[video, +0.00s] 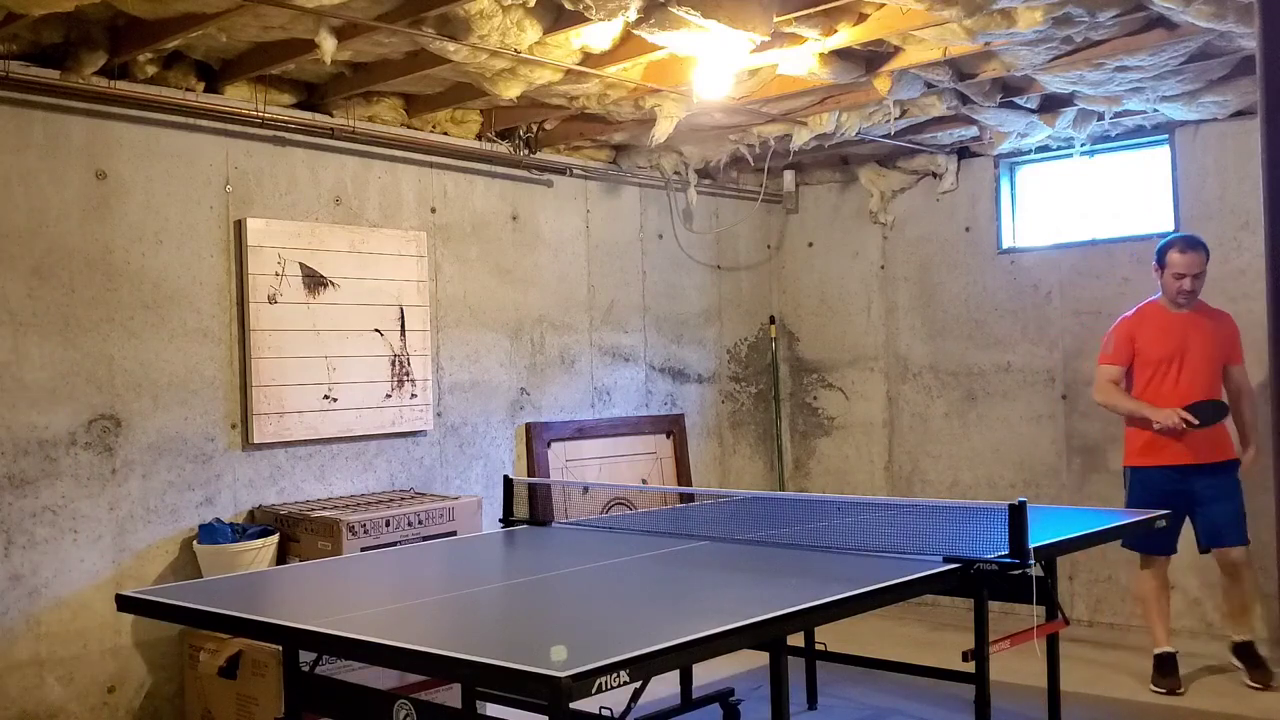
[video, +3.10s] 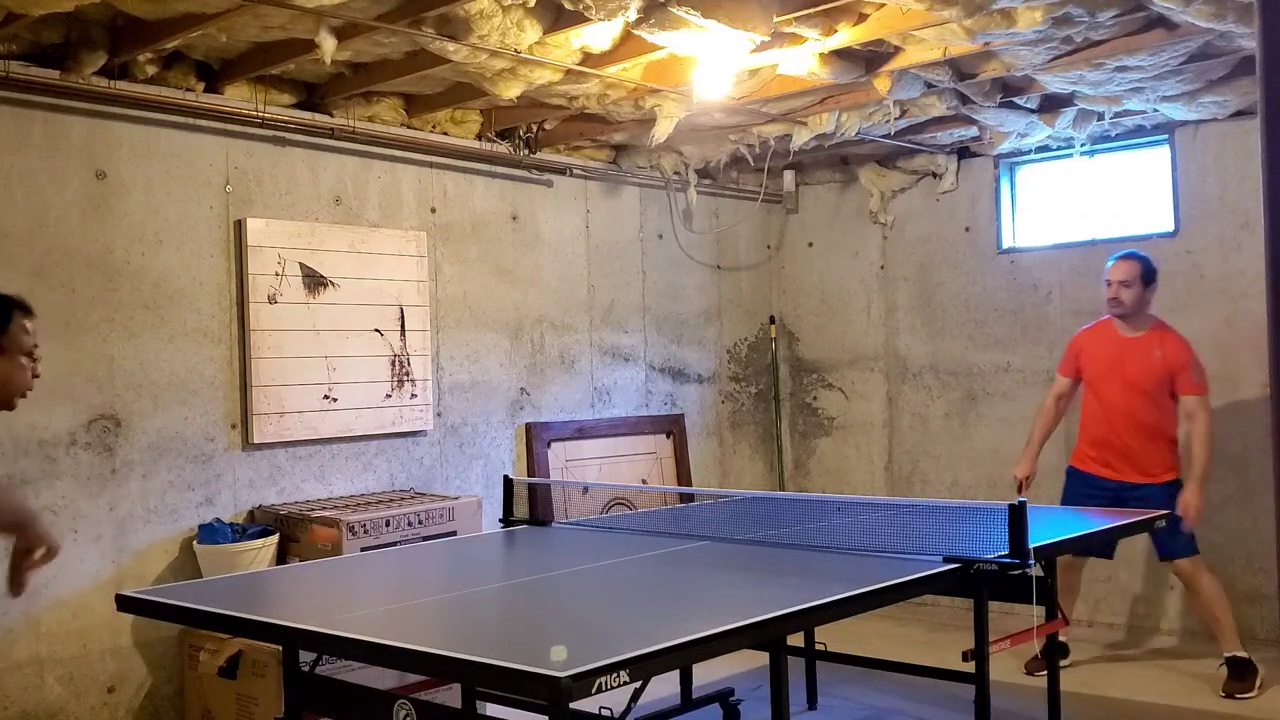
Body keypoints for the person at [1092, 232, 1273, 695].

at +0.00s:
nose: (1188, 284)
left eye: (1196, 275)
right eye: (1179, 275)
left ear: (1205, 273)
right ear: (1159, 272)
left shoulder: (1221, 324)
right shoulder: (1131, 326)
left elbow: (1239, 389)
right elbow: (1103, 391)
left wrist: (1249, 442)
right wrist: (1151, 412)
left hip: (1216, 465)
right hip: (1153, 468)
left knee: (1235, 557)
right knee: (1153, 561)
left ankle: (1244, 644)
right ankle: (1163, 654)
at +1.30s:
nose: (1167, 272)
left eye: (1177, 264)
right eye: (1162, 264)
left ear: (1201, 269)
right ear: (1157, 268)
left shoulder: (1230, 327)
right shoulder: (1142, 325)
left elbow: (1247, 399)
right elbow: (1118, 389)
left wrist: (1214, 442)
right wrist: (1094, 443)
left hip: (1212, 462)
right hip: (1149, 460)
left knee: (1236, 555)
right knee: (1147, 552)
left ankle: (1266, 653)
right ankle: (1145, 645)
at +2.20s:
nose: (1216, 291)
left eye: (1229, 284)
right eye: (1210, 279)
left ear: (1245, 285)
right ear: (1200, 272)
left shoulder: (1256, 330)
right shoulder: (1166, 316)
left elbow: (1267, 402)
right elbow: (1115, 367)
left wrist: (1235, 395)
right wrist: (1136, 398)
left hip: (1228, 460)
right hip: (1166, 456)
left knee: (1233, 555)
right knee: (1152, 548)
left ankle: (1243, 657)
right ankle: (1145, 641)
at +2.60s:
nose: (1222, 298)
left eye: (1235, 291)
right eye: (1217, 287)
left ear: (1256, 294)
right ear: (1210, 283)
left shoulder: (1266, 342)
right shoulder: (1180, 322)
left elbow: (1271, 398)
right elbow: (1119, 368)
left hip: (1226, 461)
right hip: (1164, 454)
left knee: (1232, 556)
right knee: (1147, 543)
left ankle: (1244, 656)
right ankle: (1144, 618)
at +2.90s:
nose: (1173, 288)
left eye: (1185, 282)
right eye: (1169, 279)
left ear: (1209, 287)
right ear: (1163, 280)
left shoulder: (1232, 345)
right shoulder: (1137, 326)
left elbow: (1256, 414)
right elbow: (1086, 372)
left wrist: (1271, 462)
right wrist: (1042, 419)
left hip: (1195, 470)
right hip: (1130, 461)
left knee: (1211, 561)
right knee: (1101, 547)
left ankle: (1241, 657)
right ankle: (1079, 628)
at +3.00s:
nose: (1145, 291)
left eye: (1156, 284)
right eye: (1140, 282)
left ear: (1181, 289)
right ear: (1134, 284)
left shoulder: (1205, 346)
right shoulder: (1113, 334)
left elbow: (1226, 417)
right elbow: (1075, 385)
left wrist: (1236, 489)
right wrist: (1039, 437)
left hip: (1177, 477)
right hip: (1112, 470)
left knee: (1200, 563)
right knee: (1083, 555)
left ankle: (1240, 659)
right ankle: (1056, 641)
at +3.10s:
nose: (1113, 292)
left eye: (1124, 285)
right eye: (1109, 284)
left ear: (1149, 291)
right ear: (1103, 287)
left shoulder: (1173, 347)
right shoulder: (1086, 340)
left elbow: (1196, 417)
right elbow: (1057, 398)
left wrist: (1194, 485)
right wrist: (1030, 455)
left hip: (1154, 483)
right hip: (1089, 478)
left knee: (1188, 565)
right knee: (1067, 559)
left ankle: (1236, 658)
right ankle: (1054, 642)